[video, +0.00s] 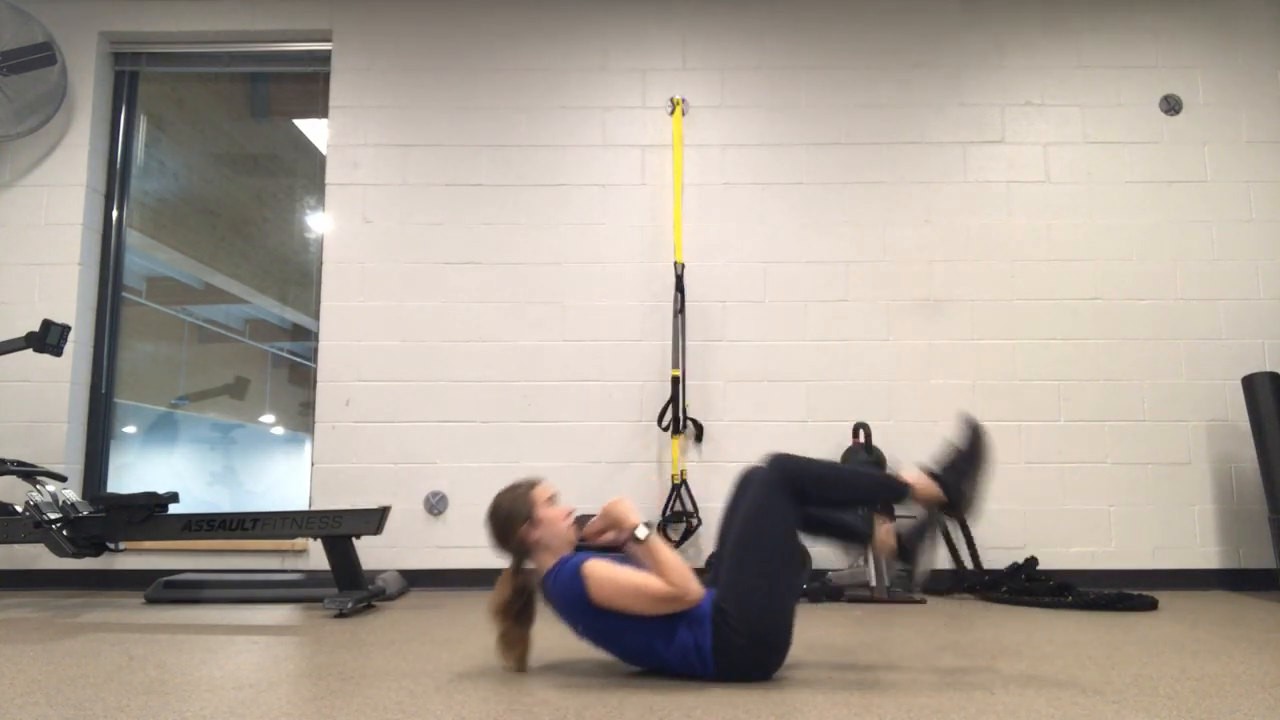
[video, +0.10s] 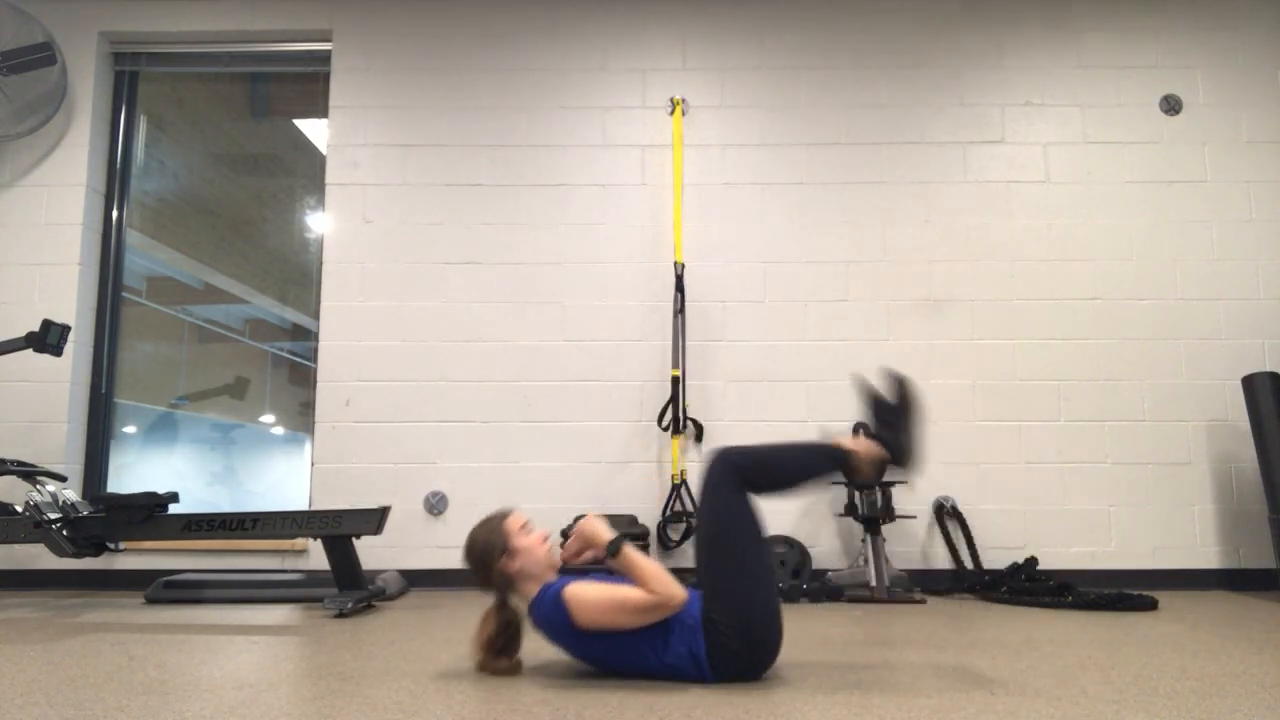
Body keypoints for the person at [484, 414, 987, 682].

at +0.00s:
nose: (567, 508)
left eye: (558, 499)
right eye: (553, 505)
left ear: (535, 532)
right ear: (531, 535)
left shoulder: (567, 569)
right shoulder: (579, 574)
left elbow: (617, 514)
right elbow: (685, 591)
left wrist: (611, 526)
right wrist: (638, 530)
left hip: (725, 630)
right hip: (738, 642)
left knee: (763, 478)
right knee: (773, 474)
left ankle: (886, 537)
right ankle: (931, 490)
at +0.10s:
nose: (540, 532)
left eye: (531, 526)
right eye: (525, 532)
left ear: (524, 555)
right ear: (509, 563)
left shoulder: (559, 592)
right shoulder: (560, 601)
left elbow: (652, 595)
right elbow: (668, 596)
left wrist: (605, 553)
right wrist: (610, 545)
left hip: (723, 632)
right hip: (734, 644)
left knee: (727, 468)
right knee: (726, 467)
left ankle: (860, 449)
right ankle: (859, 455)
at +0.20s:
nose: (517, 552)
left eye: (506, 547)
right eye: (502, 554)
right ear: (492, 589)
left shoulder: (551, 606)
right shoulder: (548, 622)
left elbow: (653, 603)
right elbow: (657, 603)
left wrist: (583, 563)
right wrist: (591, 559)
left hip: (715, 629)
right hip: (723, 639)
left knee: (679, 468)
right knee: (679, 467)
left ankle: (798, 404)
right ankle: (810, 416)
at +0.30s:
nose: (499, 565)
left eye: (486, 562)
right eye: (483, 570)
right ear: (479, 607)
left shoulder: (540, 614)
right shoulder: (541, 633)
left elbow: (644, 590)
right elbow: (640, 601)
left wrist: (569, 571)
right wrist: (568, 567)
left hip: (702, 609)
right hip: (714, 625)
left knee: (657, 463)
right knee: (640, 468)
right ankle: (766, 407)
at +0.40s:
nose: (486, 575)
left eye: (475, 573)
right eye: (472, 581)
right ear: (470, 619)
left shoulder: (535, 619)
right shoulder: (530, 638)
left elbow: (635, 574)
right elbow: (629, 601)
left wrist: (556, 567)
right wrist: (555, 569)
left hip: (694, 599)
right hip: (704, 614)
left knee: (634, 460)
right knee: (616, 469)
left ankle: (722, 342)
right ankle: (748, 406)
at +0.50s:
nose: (481, 578)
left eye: (469, 577)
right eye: (467, 585)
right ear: (466, 625)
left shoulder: (532, 617)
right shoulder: (528, 641)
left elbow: (630, 569)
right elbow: (622, 598)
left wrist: (548, 570)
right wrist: (547, 571)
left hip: (689, 591)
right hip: (701, 609)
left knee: (629, 451)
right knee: (604, 471)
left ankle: (711, 325)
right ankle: (736, 416)